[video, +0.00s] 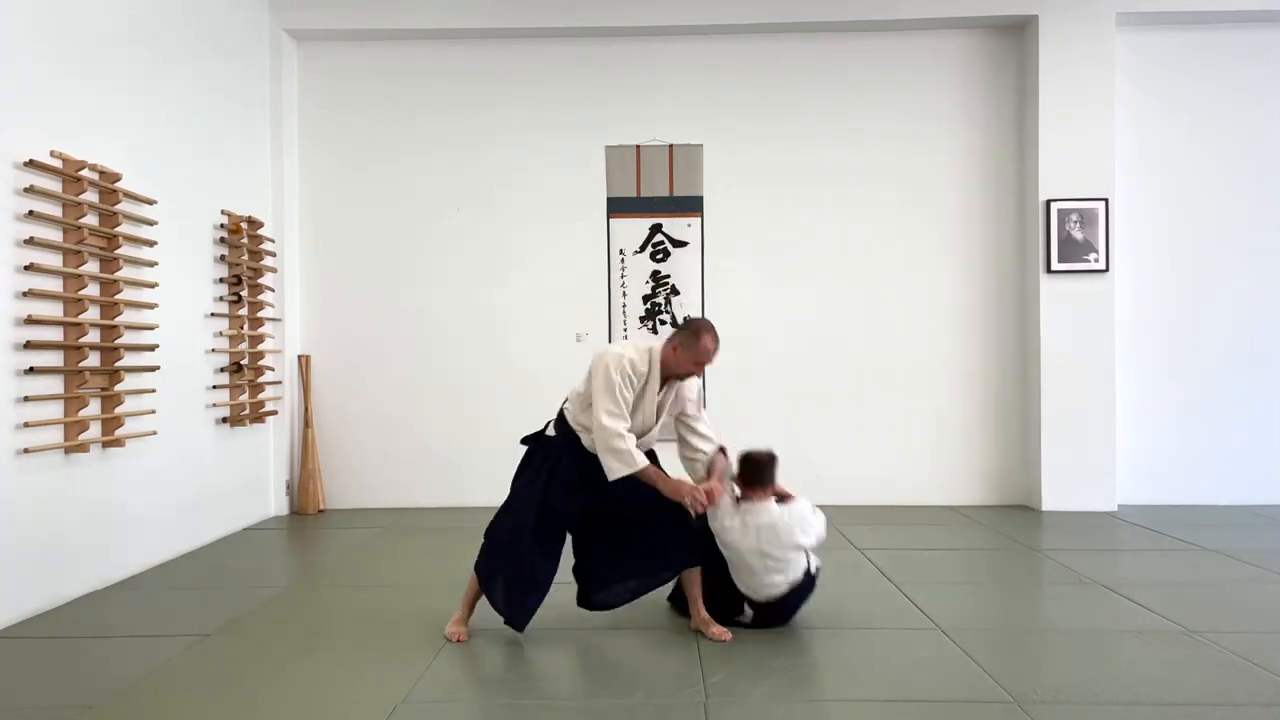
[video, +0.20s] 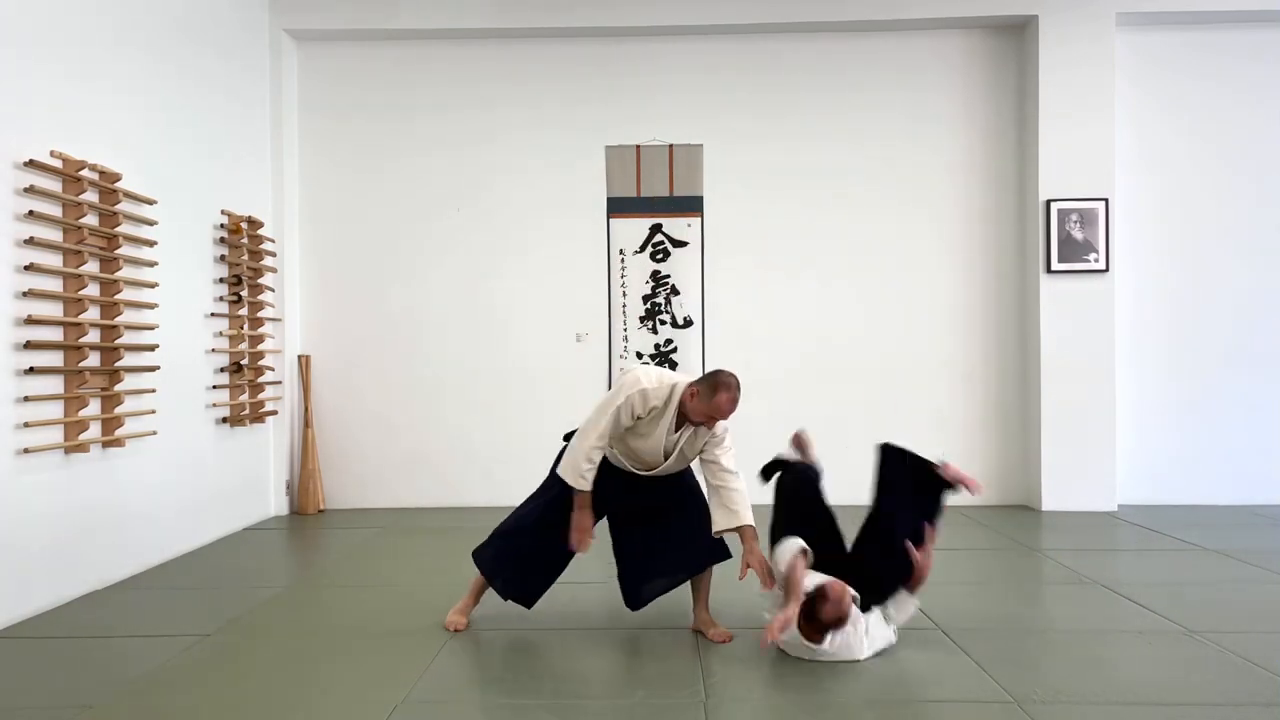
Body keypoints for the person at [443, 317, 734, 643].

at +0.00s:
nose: (701, 372)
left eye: (705, 366)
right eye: (699, 364)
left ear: (681, 353)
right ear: (674, 347)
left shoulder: (682, 384)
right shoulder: (616, 362)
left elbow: (697, 443)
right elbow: (612, 437)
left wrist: (713, 475)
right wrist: (669, 485)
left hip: (628, 454)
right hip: (571, 446)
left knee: (683, 517)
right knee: (515, 522)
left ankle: (699, 613)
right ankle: (463, 613)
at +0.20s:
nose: (713, 425)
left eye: (719, 420)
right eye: (711, 416)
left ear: (722, 410)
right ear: (692, 394)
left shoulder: (712, 423)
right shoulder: (641, 389)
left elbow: (727, 479)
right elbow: (590, 440)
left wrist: (750, 541)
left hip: (665, 474)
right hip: (602, 460)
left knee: (702, 534)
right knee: (530, 522)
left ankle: (702, 615)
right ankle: (469, 601)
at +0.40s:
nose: (682, 385)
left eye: (688, 378)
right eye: (677, 376)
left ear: (695, 373)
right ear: (657, 358)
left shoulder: (692, 401)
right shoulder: (613, 371)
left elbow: (715, 464)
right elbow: (570, 417)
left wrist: (734, 528)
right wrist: (535, 469)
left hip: (657, 464)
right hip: (597, 456)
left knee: (691, 528)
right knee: (548, 519)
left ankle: (700, 613)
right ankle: (507, 588)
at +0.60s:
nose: (636, 317)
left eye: (642, 310)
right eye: (631, 308)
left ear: (644, 309)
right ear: (609, 299)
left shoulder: (642, 347)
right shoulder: (566, 339)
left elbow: (661, 401)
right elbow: (536, 398)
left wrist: (666, 457)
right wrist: (537, 463)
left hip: (611, 440)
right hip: (562, 437)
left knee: (649, 502)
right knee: (538, 511)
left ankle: (679, 602)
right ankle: (520, 591)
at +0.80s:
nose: (615, 281)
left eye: (617, 275)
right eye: (608, 274)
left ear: (616, 277)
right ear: (584, 274)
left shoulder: (614, 321)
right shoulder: (555, 319)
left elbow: (618, 373)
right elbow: (543, 385)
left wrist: (608, 419)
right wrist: (557, 443)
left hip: (592, 428)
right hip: (546, 430)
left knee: (627, 505)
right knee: (534, 513)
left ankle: (575, 563)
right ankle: (519, 591)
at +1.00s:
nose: (612, 276)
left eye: (613, 270)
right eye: (605, 270)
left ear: (593, 274)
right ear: (583, 272)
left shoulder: (593, 315)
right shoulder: (566, 316)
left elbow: (586, 377)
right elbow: (558, 381)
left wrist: (589, 425)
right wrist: (576, 434)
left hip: (578, 425)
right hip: (555, 426)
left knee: (560, 505)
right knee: (544, 505)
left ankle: (539, 577)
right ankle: (521, 590)